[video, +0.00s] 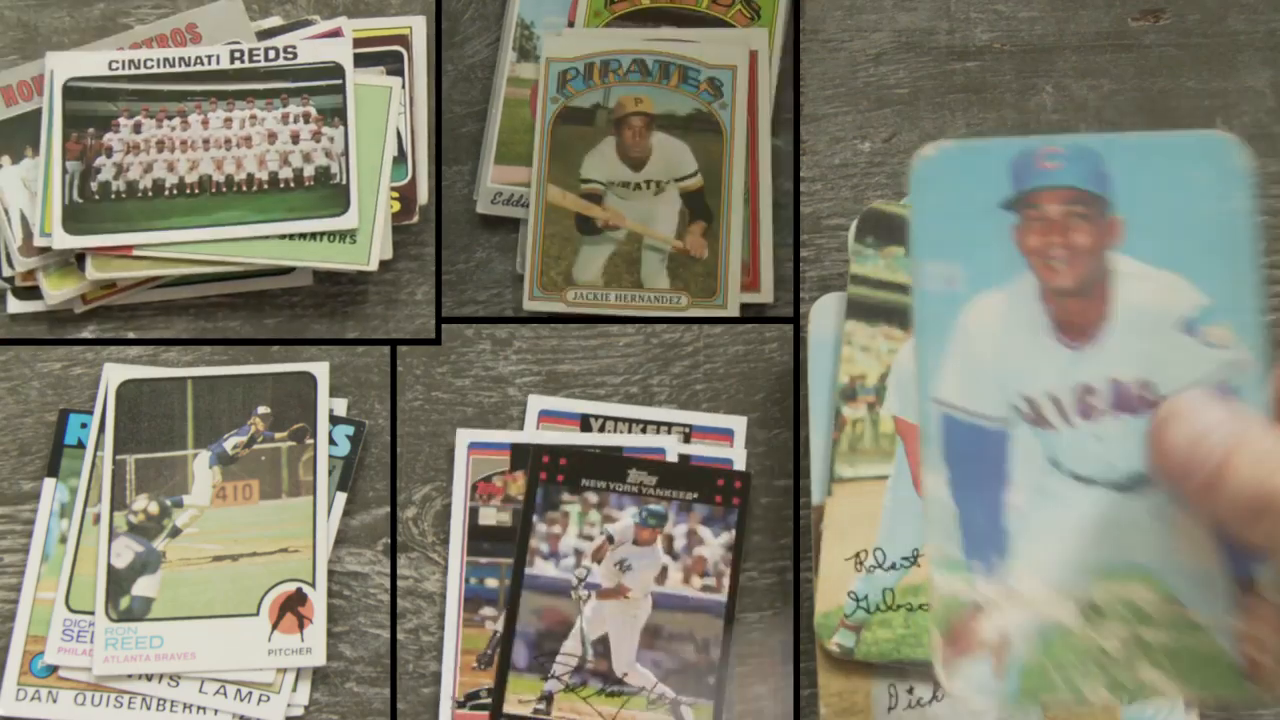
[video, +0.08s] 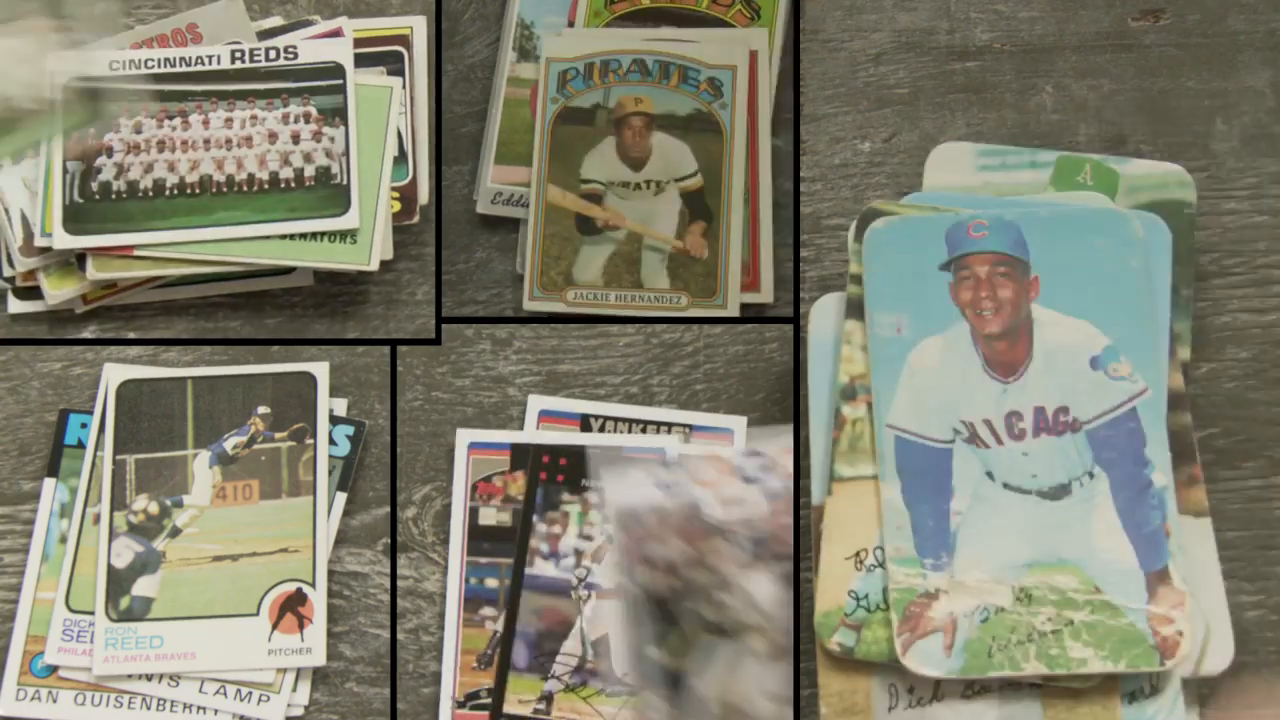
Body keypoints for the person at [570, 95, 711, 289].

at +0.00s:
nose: (638, 136)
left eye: (645, 129)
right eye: (630, 129)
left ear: (652, 130)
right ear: (616, 131)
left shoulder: (677, 153)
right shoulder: (598, 158)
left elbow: (700, 209)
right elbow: (583, 223)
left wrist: (695, 233)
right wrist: (600, 221)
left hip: (662, 203)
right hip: (616, 201)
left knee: (652, 274)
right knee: (584, 273)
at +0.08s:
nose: (638, 136)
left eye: (645, 129)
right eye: (630, 129)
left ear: (652, 130)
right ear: (616, 131)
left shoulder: (677, 153)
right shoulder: (598, 159)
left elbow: (700, 209)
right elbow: (583, 223)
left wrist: (695, 233)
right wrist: (600, 221)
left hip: (662, 204)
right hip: (616, 201)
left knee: (653, 274)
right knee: (584, 273)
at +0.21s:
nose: (686, 76)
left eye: (693, 66)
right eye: (675, 67)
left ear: (703, 67)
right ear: (657, 71)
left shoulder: (731, 101)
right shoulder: (635, 118)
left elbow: (767, 168)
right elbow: (637, 197)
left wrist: (768, 156)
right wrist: (642, 180)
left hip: (722, 207)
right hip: (665, 211)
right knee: (649, 270)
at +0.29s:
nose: (684, 76)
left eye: (692, 65)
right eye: (673, 66)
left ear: (701, 67)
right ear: (655, 70)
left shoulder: (728, 101)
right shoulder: (632, 118)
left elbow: (765, 167)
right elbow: (634, 196)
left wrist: (765, 158)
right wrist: (637, 178)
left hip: (721, 209)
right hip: (663, 213)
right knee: (650, 275)